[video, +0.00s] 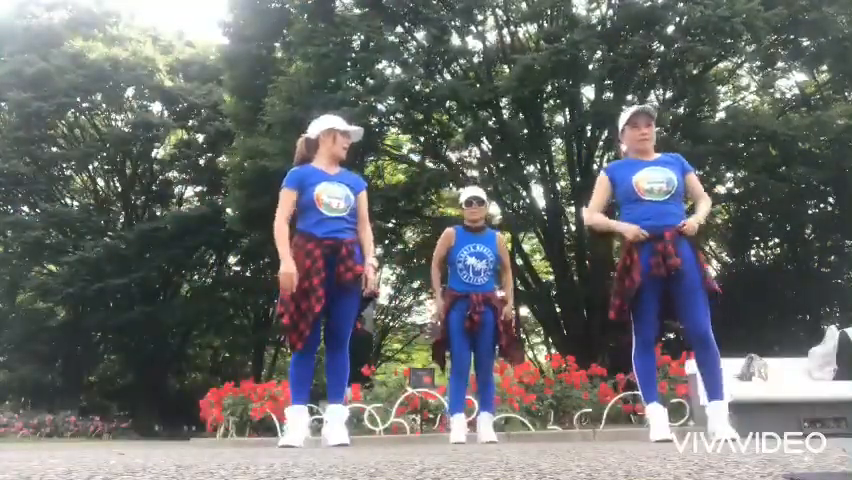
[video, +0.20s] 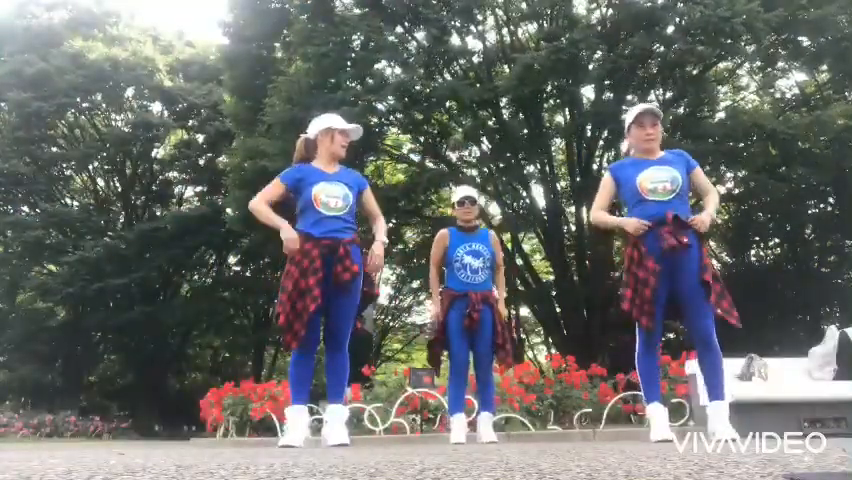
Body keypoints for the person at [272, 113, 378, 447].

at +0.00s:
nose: (349, 143)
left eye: (349, 138)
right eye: (343, 137)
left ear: (341, 141)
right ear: (326, 139)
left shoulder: (356, 182)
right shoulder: (299, 174)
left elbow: (364, 226)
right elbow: (281, 219)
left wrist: (370, 261)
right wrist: (286, 260)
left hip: (349, 257)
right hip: (309, 255)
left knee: (339, 338)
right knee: (306, 338)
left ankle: (336, 417)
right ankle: (297, 418)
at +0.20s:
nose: (347, 141)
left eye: (348, 137)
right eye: (341, 135)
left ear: (341, 142)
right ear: (322, 138)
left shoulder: (355, 179)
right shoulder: (299, 173)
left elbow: (377, 218)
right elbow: (257, 203)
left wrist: (379, 243)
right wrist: (284, 226)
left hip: (347, 259)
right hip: (309, 257)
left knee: (339, 340)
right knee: (305, 339)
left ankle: (336, 419)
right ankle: (297, 419)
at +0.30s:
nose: (347, 140)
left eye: (347, 136)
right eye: (341, 134)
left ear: (343, 141)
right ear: (322, 137)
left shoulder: (356, 177)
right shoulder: (299, 170)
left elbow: (384, 207)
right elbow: (249, 187)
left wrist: (382, 225)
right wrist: (280, 204)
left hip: (347, 256)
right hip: (308, 254)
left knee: (338, 339)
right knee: (305, 338)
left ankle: (336, 419)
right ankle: (297, 419)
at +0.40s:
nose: (348, 139)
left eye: (348, 135)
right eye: (342, 133)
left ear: (340, 139)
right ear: (323, 136)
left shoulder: (356, 175)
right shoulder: (299, 169)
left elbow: (383, 200)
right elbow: (250, 185)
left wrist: (377, 217)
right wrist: (279, 203)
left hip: (347, 254)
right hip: (308, 252)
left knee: (338, 339)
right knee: (305, 338)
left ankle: (336, 420)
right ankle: (297, 419)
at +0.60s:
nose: (348, 138)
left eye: (348, 133)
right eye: (342, 132)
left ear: (342, 138)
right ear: (322, 135)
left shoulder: (354, 174)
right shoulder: (300, 168)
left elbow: (371, 200)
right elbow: (252, 187)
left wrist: (367, 215)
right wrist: (279, 207)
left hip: (346, 253)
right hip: (308, 252)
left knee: (338, 341)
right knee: (305, 339)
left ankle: (335, 420)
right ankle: (296, 421)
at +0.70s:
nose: (347, 138)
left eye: (347, 133)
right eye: (341, 132)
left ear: (343, 138)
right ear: (322, 135)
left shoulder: (354, 173)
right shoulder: (300, 168)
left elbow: (370, 201)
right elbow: (252, 187)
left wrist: (365, 215)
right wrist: (279, 207)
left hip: (346, 253)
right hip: (308, 252)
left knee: (338, 340)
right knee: (305, 339)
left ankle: (336, 420)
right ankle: (297, 420)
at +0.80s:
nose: (346, 137)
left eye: (346, 133)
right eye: (340, 132)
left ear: (342, 138)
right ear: (321, 135)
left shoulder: (354, 174)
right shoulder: (299, 167)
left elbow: (369, 200)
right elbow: (253, 186)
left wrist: (365, 214)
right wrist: (281, 206)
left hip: (346, 254)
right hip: (307, 253)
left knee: (338, 340)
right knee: (304, 338)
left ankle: (336, 420)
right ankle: (296, 420)